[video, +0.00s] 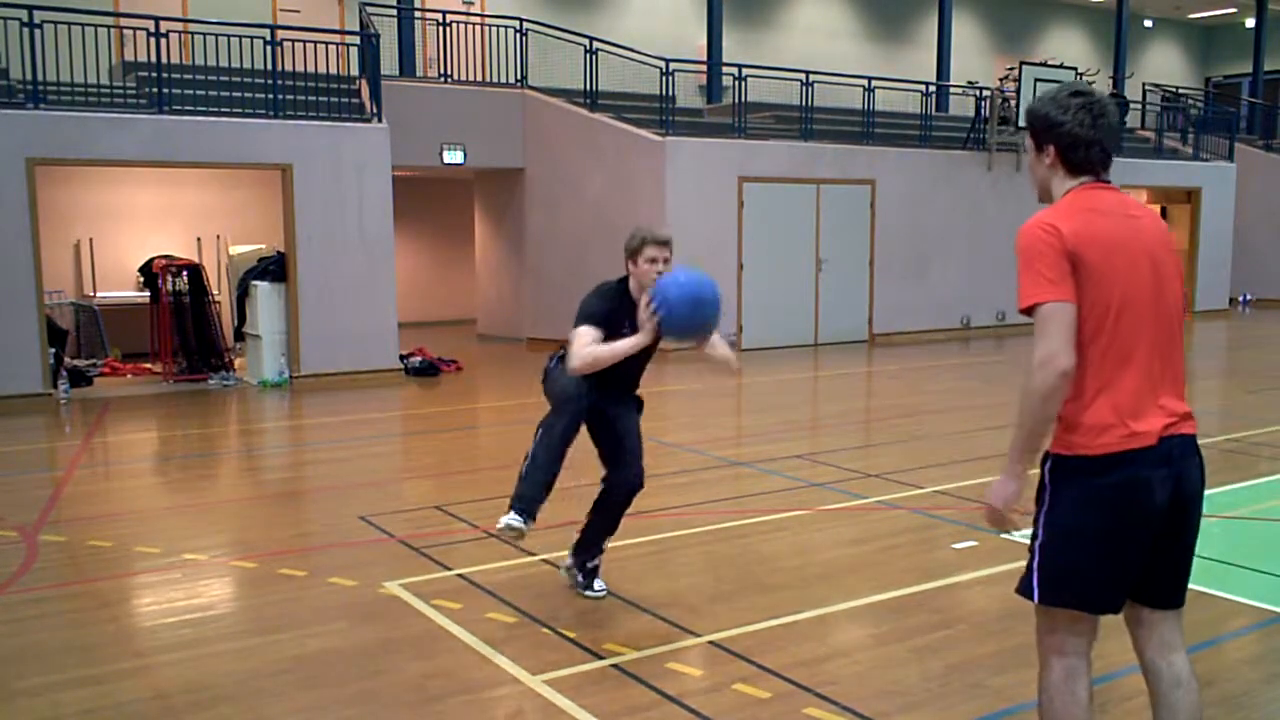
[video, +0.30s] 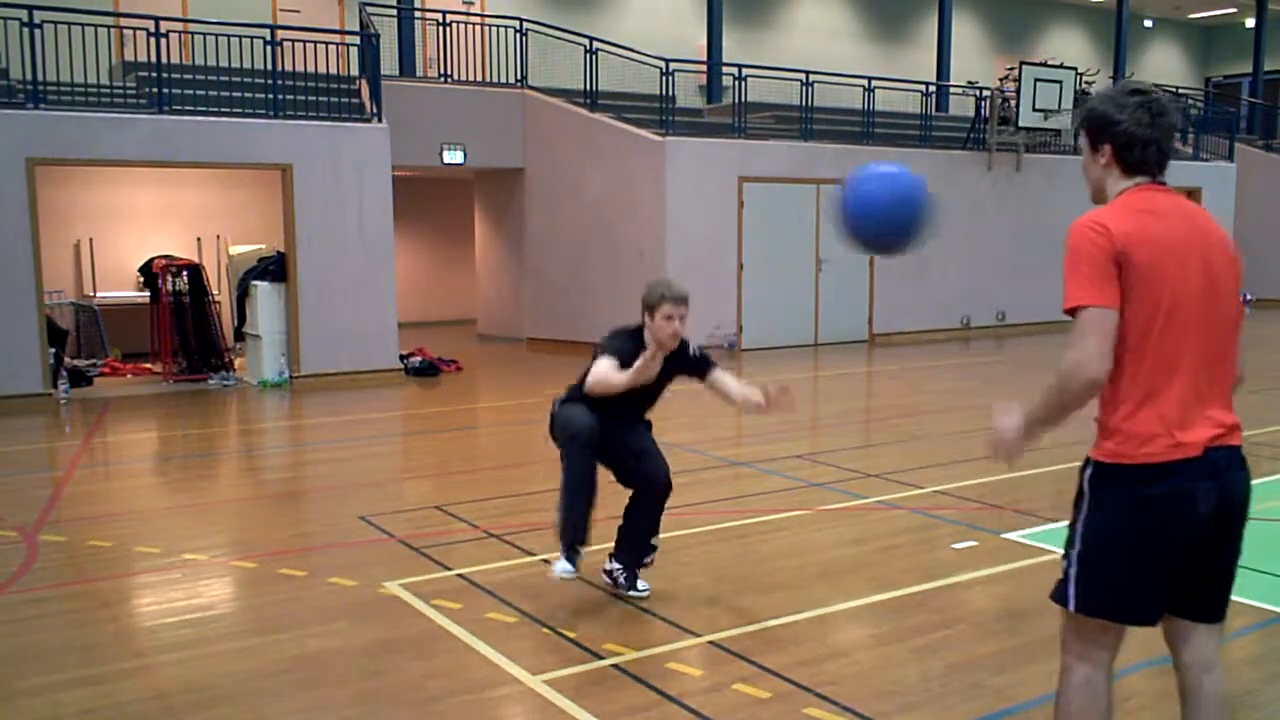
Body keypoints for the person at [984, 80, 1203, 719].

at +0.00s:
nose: (1027, 164)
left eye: (1027, 149)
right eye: (1028, 150)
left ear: (1046, 150)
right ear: (1106, 150)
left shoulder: (1050, 229)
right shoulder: (1154, 222)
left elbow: (1055, 362)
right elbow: (1168, 338)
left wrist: (1014, 471)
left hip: (1094, 476)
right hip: (1174, 466)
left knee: (1065, 647)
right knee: (1161, 635)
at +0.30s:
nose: (1082, 164)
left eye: (1082, 150)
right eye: (1081, 151)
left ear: (1102, 152)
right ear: (1159, 151)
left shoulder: (1101, 229)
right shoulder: (1216, 235)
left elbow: (1089, 367)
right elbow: (1230, 370)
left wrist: (1027, 422)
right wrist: (1150, 394)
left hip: (1133, 482)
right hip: (1218, 476)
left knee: (1088, 653)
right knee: (1198, 644)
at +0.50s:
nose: (1110, 161)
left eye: (1111, 145)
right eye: (1109, 146)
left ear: (1134, 147)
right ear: (1190, 146)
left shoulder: (1124, 227)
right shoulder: (1252, 234)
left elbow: (1090, 362)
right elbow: (1237, 344)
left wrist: (1065, 307)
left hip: (1152, 479)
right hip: (1241, 475)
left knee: (1105, 656)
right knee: (1212, 647)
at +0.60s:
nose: (1116, 165)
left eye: (1118, 150)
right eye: (1116, 149)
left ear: (1142, 154)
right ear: (1199, 152)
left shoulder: (1127, 231)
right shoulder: (1265, 230)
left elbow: (1118, 370)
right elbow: (1274, 365)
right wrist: (1219, 351)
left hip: (1156, 484)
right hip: (1249, 481)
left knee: (1103, 656)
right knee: (1216, 646)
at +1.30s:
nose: (1152, 167)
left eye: (1153, 152)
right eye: (1151, 153)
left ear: (1175, 152)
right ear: (1230, 150)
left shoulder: (1162, 224)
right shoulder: (1274, 217)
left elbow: (1147, 358)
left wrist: (1120, 410)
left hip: (1192, 478)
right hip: (1271, 474)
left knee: (1173, 668)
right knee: (1244, 663)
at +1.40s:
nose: (1149, 168)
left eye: (1151, 152)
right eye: (1149, 154)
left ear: (1173, 150)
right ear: (1226, 148)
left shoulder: (1165, 222)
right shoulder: (1271, 214)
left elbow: (1160, 359)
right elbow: (1260, 338)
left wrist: (1119, 414)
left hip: (1200, 476)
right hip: (1270, 470)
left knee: (1186, 662)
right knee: (1244, 650)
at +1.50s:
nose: (1146, 170)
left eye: (1146, 154)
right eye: (1145, 155)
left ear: (1169, 150)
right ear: (1223, 147)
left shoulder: (1169, 221)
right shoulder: (1270, 213)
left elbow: (1175, 359)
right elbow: (1256, 343)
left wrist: (1126, 416)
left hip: (1208, 477)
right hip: (1269, 470)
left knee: (1196, 669)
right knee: (1229, 656)